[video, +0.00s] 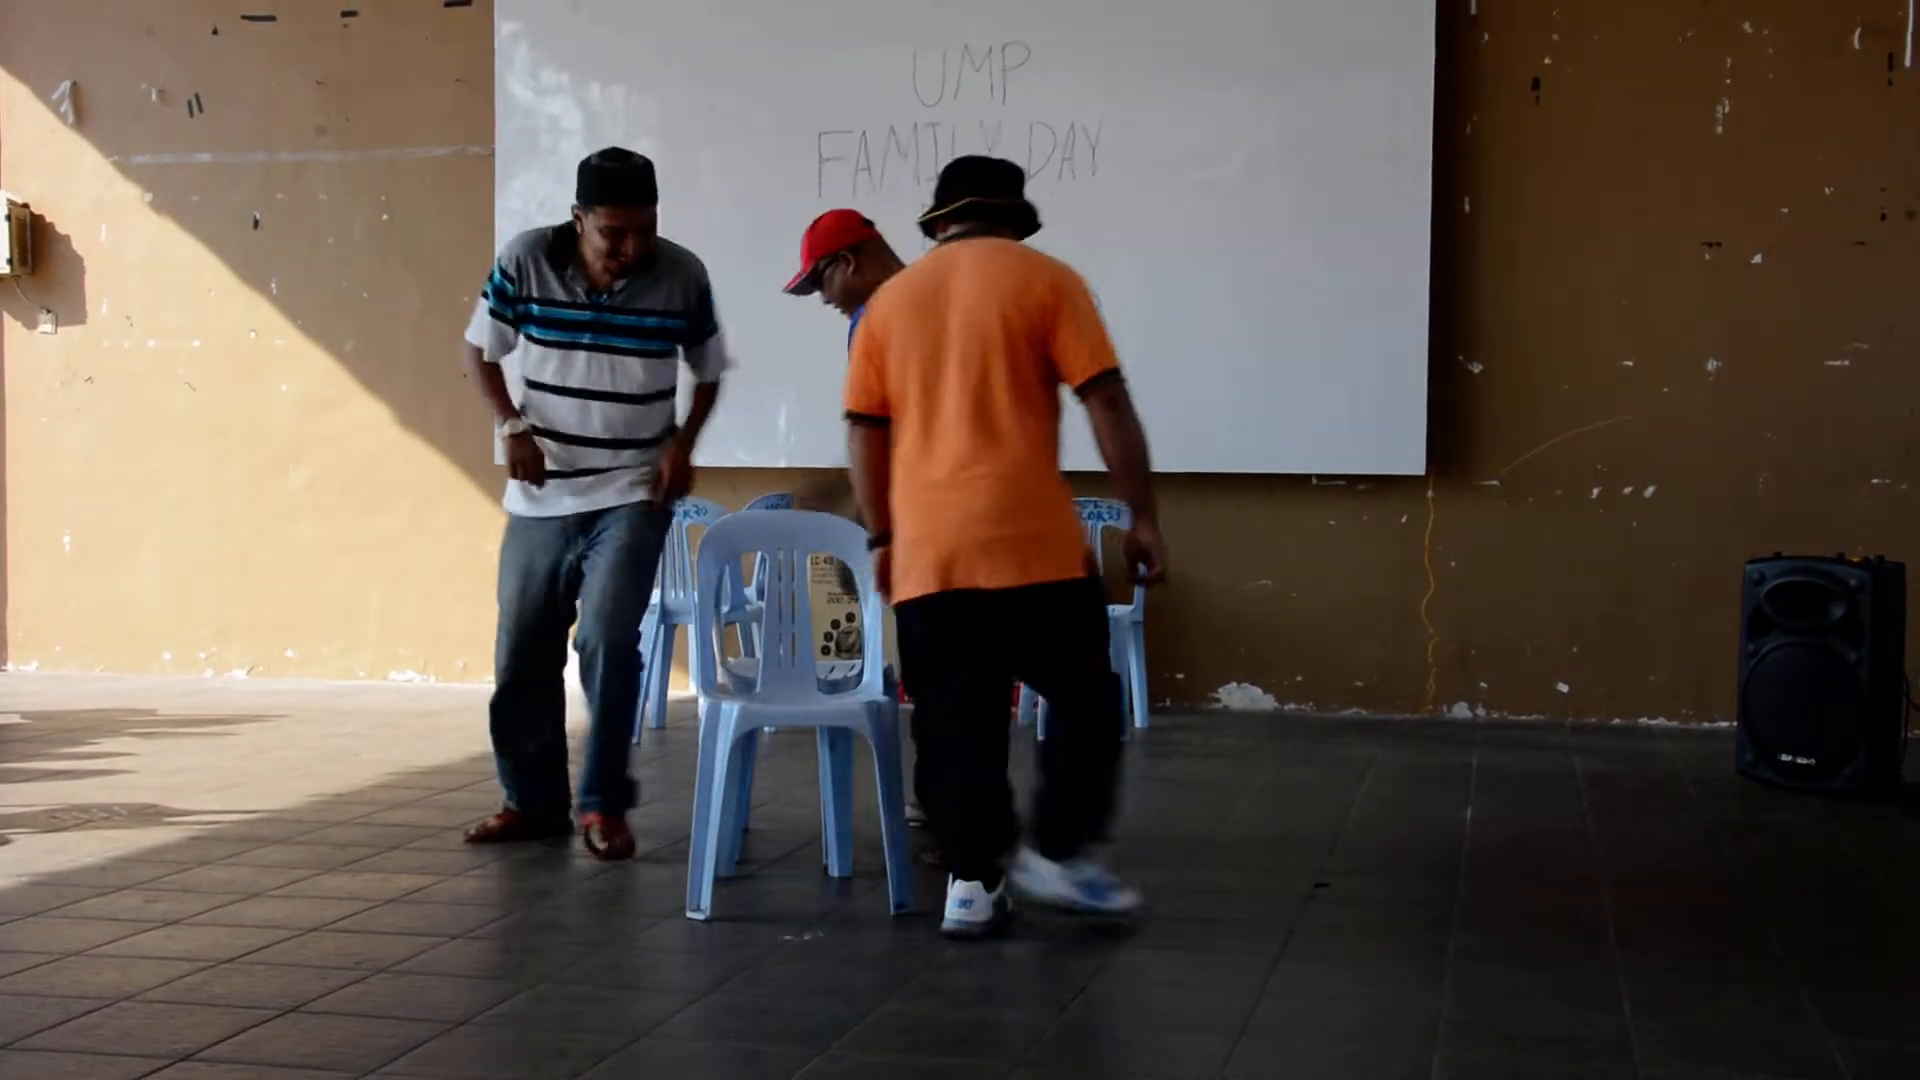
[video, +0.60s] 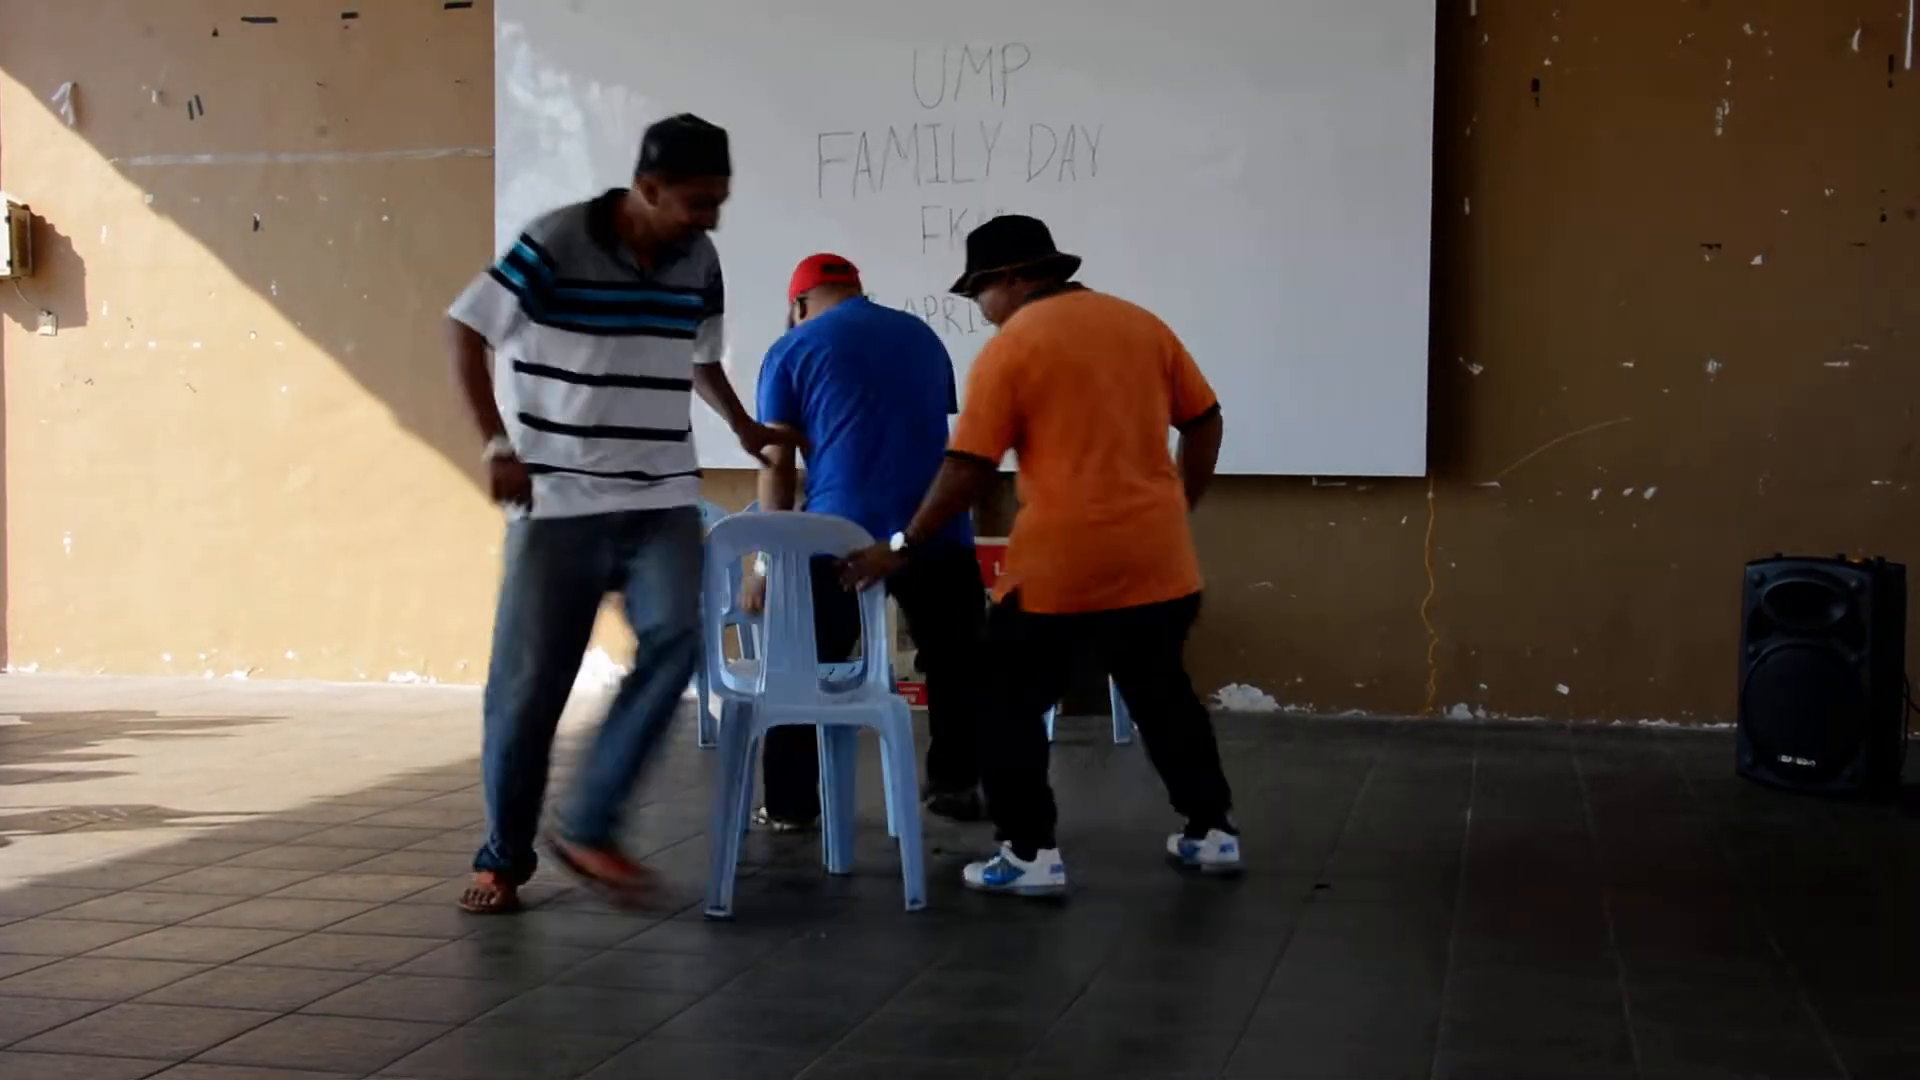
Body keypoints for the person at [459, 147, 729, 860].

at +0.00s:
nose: (630, 249)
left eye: (642, 232)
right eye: (613, 234)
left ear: (656, 218)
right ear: (579, 218)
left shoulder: (681, 278)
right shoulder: (526, 262)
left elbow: (709, 369)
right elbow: (479, 349)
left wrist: (684, 442)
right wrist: (511, 425)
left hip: (630, 494)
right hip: (540, 497)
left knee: (606, 641)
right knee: (520, 656)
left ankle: (603, 806)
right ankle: (531, 806)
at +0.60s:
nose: (710, 221)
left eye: (717, 205)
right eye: (698, 205)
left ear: (714, 193)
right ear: (647, 188)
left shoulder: (700, 262)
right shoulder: (556, 242)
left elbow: (702, 360)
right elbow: (468, 327)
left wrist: (749, 430)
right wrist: (496, 443)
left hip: (663, 501)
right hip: (560, 500)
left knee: (676, 642)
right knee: (527, 683)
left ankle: (590, 831)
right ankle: (503, 857)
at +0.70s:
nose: (747, 228)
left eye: (752, 213)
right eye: (738, 212)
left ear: (716, 201)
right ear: (689, 195)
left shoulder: (719, 268)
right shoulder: (586, 245)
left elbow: (701, 363)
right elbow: (490, 331)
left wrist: (761, 441)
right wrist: (505, 446)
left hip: (693, 513)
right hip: (585, 516)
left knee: (737, 671)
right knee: (549, 700)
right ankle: (511, 859)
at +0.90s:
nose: (820, 218)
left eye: (825, 202)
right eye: (816, 200)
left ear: (782, 188)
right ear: (769, 183)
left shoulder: (772, 258)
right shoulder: (662, 240)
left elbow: (746, 386)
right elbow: (562, 321)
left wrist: (784, 486)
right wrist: (600, 418)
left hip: (775, 526)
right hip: (676, 533)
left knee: (840, 687)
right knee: (645, 704)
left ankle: (798, 895)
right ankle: (546, 850)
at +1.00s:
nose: (840, 191)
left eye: (843, 173)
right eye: (836, 172)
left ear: (793, 166)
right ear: (799, 166)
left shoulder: (784, 255)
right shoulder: (689, 224)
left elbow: (763, 376)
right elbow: (627, 328)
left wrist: (787, 458)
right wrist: (712, 411)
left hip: (785, 509)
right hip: (700, 512)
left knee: (845, 684)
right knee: (692, 702)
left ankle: (807, 889)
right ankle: (637, 879)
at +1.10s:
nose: (852, 182)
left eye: (852, 164)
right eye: (848, 163)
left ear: (795, 157)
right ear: (817, 161)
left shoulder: (769, 241)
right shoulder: (725, 228)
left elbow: (737, 366)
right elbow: (730, 353)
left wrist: (782, 462)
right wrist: (833, 407)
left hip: (786, 504)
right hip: (709, 510)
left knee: (875, 659)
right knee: (708, 700)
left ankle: (820, 861)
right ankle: (648, 882)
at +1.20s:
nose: (863, 188)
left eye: (864, 170)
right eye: (861, 169)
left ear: (795, 160)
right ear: (832, 166)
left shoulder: (760, 227)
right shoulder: (762, 227)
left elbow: (736, 375)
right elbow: (837, 353)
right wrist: (894, 366)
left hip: (795, 508)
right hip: (720, 517)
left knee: (897, 655)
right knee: (721, 706)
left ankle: (876, 868)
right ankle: (650, 882)